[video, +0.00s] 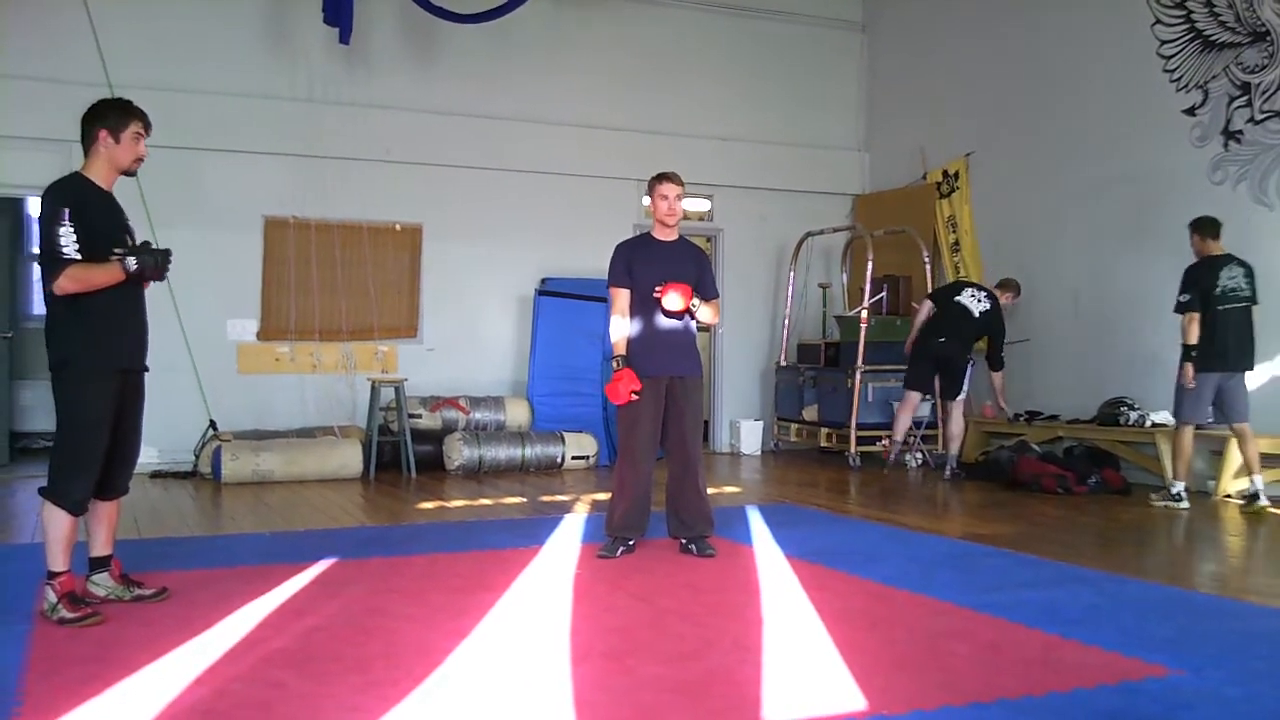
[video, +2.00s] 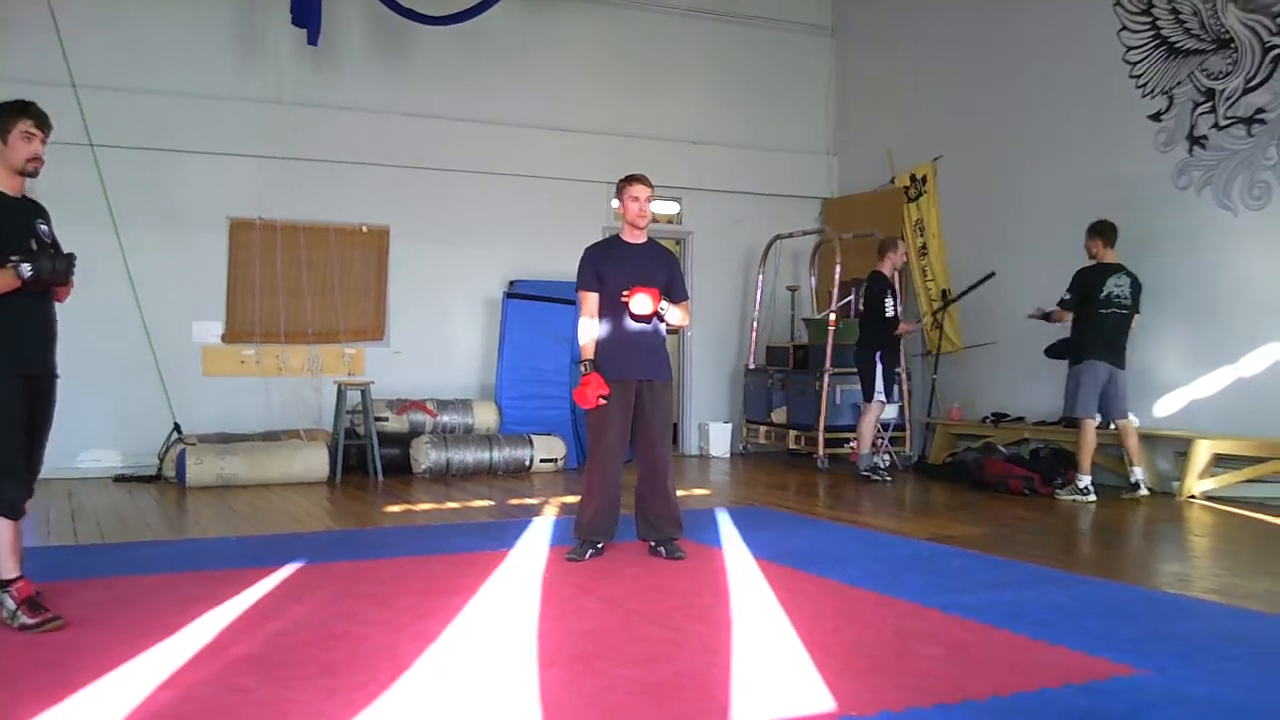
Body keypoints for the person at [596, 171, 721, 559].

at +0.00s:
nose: (671, 204)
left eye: (677, 198)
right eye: (664, 198)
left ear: (684, 204)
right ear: (650, 203)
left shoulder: (696, 255)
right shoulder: (628, 251)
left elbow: (713, 315)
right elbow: (619, 312)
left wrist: (691, 304)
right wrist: (620, 361)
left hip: (686, 369)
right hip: (642, 367)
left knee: (688, 452)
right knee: (635, 452)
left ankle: (692, 532)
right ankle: (624, 533)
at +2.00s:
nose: (641, 206)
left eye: (646, 200)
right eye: (634, 199)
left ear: (653, 207)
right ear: (619, 205)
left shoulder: (666, 258)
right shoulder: (596, 254)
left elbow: (682, 317)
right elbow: (588, 316)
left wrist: (660, 307)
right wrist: (588, 367)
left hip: (656, 372)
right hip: (611, 370)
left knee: (657, 455)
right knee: (604, 455)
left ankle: (661, 534)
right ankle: (593, 535)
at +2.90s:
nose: (640, 219)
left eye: (646, 211)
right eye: (636, 213)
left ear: (666, 210)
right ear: (634, 215)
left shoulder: (696, 258)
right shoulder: (626, 261)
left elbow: (717, 317)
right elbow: (618, 316)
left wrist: (684, 304)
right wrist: (615, 338)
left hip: (678, 375)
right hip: (632, 375)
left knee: (689, 456)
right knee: (634, 458)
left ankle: (703, 535)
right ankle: (635, 538)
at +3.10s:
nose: (695, 220)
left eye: (701, 212)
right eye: (690, 214)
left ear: (719, 212)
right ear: (688, 218)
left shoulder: (749, 261)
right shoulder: (682, 265)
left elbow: (772, 320)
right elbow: (669, 319)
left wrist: (734, 307)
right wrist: (661, 340)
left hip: (729, 379)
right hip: (685, 379)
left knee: (744, 461)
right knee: (691, 464)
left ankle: (765, 541)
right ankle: (698, 542)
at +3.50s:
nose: (671, 225)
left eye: (678, 217)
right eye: (664, 218)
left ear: (692, 212)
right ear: (656, 216)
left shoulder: (717, 256)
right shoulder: (646, 260)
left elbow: (741, 311)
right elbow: (636, 321)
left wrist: (705, 312)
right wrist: (632, 375)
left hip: (706, 373)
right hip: (662, 374)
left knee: (704, 455)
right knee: (667, 455)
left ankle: (704, 543)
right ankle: (675, 537)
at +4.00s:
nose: (725, 238)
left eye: (733, 232)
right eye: (719, 230)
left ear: (746, 222)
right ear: (710, 217)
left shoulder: (761, 264)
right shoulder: (685, 252)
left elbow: (775, 318)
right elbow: (667, 312)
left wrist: (748, 332)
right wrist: (664, 370)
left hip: (738, 385)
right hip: (691, 382)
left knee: (735, 465)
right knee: (700, 464)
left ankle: (726, 552)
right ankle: (711, 544)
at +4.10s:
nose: (741, 236)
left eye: (749, 230)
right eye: (735, 227)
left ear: (761, 220)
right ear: (725, 212)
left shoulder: (770, 261)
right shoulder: (695, 247)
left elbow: (786, 317)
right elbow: (674, 306)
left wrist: (759, 331)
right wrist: (673, 364)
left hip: (747, 383)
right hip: (700, 379)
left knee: (742, 463)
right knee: (710, 462)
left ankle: (736, 550)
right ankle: (725, 533)